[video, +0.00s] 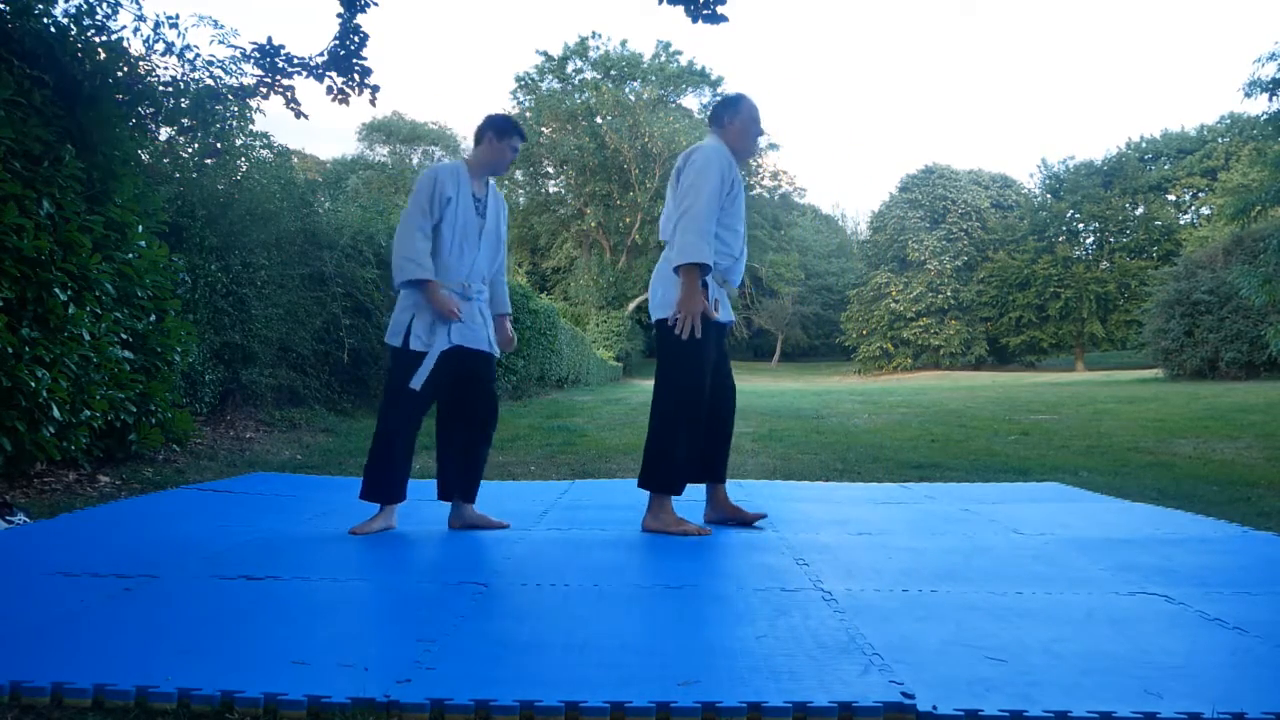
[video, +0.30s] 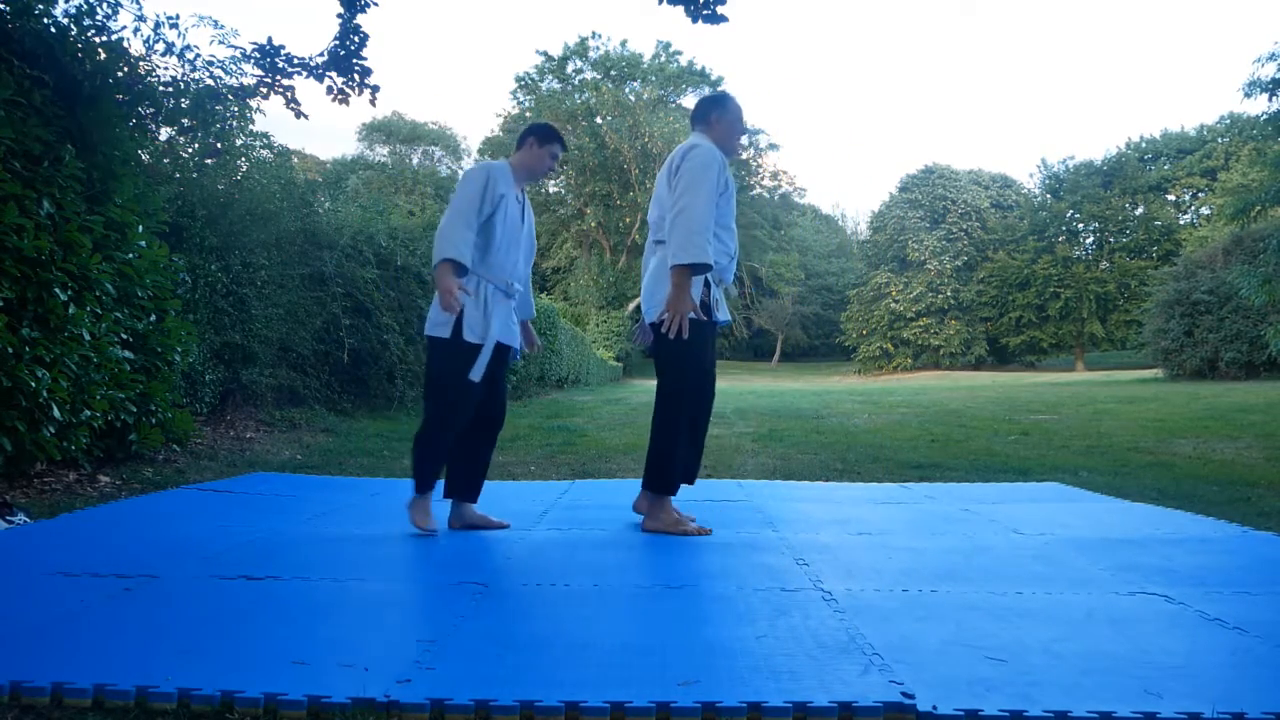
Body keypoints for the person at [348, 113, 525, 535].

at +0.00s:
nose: (514, 160)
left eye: (517, 153)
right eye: (512, 150)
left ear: (499, 147)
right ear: (489, 140)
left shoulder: (497, 203)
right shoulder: (439, 178)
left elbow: (496, 266)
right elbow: (410, 238)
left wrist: (502, 317)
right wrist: (432, 290)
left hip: (475, 325)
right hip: (424, 317)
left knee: (478, 412)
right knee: (400, 413)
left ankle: (463, 508)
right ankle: (386, 510)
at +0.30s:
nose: (553, 167)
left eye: (557, 162)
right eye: (552, 157)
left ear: (540, 156)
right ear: (529, 144)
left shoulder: (525, 209)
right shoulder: (485, 174)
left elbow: (520, 271)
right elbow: (457, 222)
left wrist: (523, 320)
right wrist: (445, 273)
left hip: (500, 317)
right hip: (462, 306)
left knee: (488, 412)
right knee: (447, 404)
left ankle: (463, 505)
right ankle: (422, 497)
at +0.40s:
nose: (557, 168)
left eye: (562, 163)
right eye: (557, 158)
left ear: (544, 154)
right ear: (536, 145)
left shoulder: (528, 207)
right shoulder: (496, 174)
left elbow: (523, 272)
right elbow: (468, 221)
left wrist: (531, 318)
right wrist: (463, 268)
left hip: (502, 320)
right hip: (471, 311)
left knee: (490, 409)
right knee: (466, 406)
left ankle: (465, 503)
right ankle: (455, 503)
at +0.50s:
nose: (567, 170)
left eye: (572, 164)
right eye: (567, 159)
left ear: (551, 155)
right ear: (545, 147)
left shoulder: (532, 199)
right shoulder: (510, 175)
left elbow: (529, 269)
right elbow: (486, 223)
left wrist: (541, 314)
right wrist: (501, 268)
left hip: (507, 315)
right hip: (491, 310)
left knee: (478, 408)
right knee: (505, 406)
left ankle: (461, 506)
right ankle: (512, 509)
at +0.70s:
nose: (587, 167)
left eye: (591, 161)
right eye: (585, 157)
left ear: (566, 149)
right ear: (564, 144)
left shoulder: (546, 188)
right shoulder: (534, 176)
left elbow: (530, 257)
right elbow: (531, 233)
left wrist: (555, 301)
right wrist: (581, 263)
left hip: (524, 306)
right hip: (516, 305)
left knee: (498, 406)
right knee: (535, 409)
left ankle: (464, 505)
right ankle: (556, 513)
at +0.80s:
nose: (597, 164)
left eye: (602, 157)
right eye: (596, 153)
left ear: (576, 145)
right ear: (575, 141)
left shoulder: (556, 185)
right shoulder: (547, 174)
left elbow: (545, 253)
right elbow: (553, 232)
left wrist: (561, 294)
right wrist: (607, 263)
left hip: (529, 302)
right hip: (527, 302)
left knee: (507, 404)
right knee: (542, 406)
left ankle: (467, 501)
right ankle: (555, 512)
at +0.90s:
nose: (611, 164)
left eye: (615, 158)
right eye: (612, 154)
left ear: (590, 141)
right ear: (592, 140)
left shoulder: (562, 176)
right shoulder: (565, 176)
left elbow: (584, 248)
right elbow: (583, 237)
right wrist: (647, 273)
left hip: (535, 302)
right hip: (540, 306)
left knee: (517, 403)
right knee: (549, 408)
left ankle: (472, 494)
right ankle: (557, 513)